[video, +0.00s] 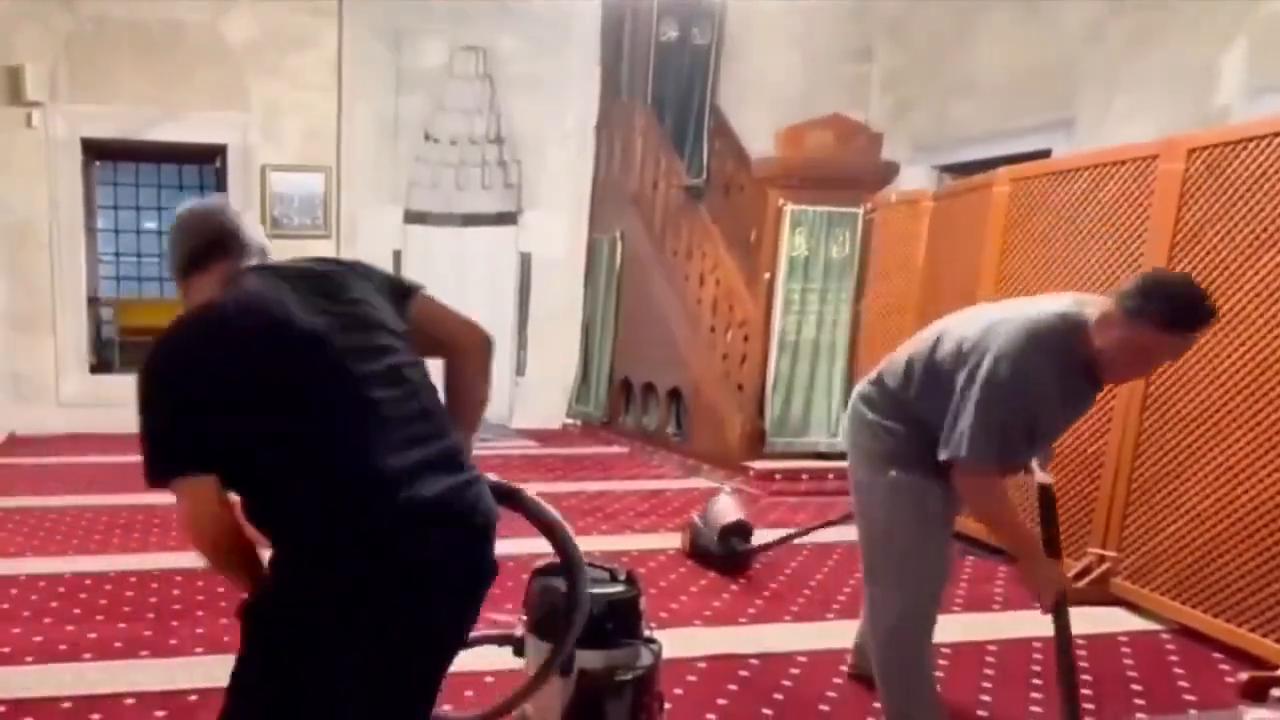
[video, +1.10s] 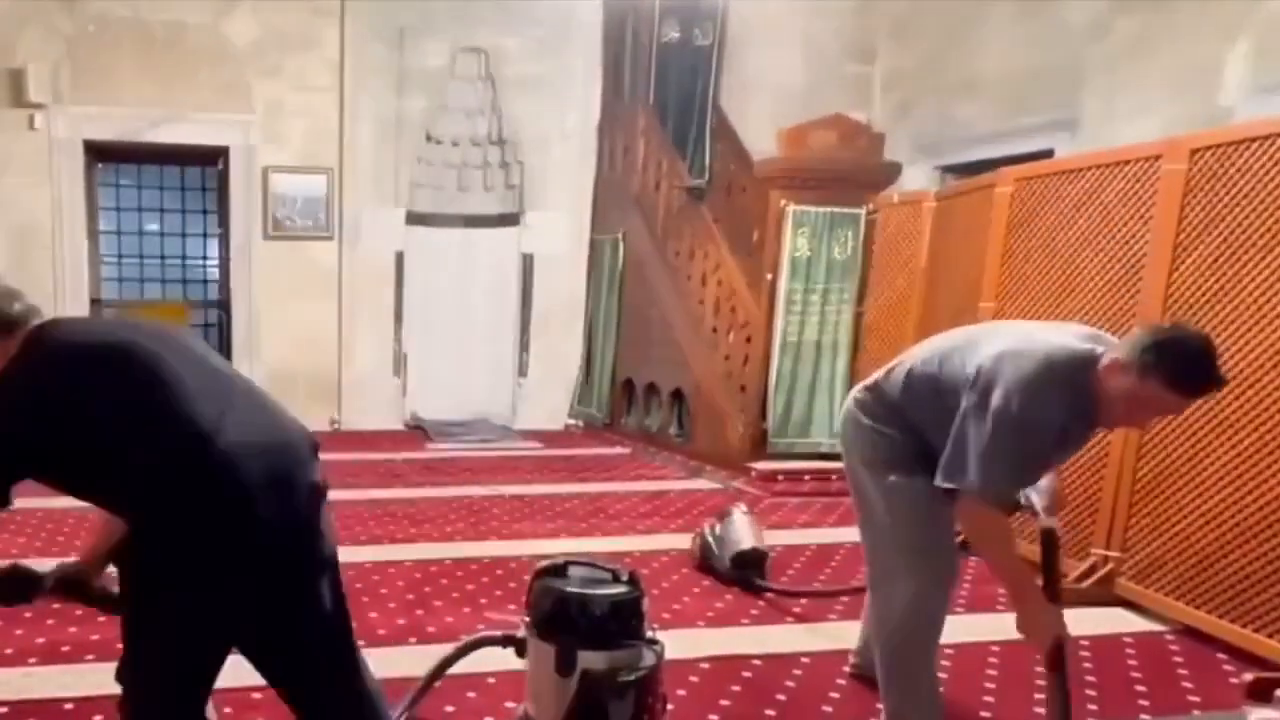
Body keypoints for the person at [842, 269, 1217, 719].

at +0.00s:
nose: (1147, 372)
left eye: (1160, 362)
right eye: (1147, 354)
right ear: (1116, 326)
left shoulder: (1094, 341)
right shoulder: (1020, 349)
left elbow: (1042, 393)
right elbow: (975, 479)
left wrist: (1032, 448)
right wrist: (1034, 563)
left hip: (945, 437)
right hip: (894, 428)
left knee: (921, 564)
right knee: (905, 588)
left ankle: (872, 656)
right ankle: (912, 708)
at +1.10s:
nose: (1146, 423)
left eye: (1161, 415)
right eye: (1149, 406)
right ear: (1121, 369)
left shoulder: (1104, 365)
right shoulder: (1029, 382)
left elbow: (1050, 424)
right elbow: (977, 510)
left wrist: (1042, 473)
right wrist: (1029, 604)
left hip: (943, 432)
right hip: (889, 429)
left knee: (919, 560)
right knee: (918, 579)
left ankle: (874, 656)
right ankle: (911, 706)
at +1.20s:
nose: (1147, 434)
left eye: (1161, 427)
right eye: (1150, 418)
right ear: (1124, 382)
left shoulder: (1102, 382)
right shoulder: (1029, 392)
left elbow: (1053, 456)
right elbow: (995, 529)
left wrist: (1050, 526)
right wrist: (1046, 633)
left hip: (941, 430)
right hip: (888, 428)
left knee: (916, 559)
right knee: (918, 582)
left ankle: (875, 654)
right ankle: (910, 708)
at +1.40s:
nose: (1142, 436)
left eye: (1157, 428)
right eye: (1144, 417)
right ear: (1117, 379)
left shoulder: (1098, 390)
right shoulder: (1028, 390)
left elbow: (1043, 474)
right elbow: (990, 525)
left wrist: (1039, 547)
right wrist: (1037, 637)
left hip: (943, 432)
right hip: (887, 423)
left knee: (926, 562)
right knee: (901, 590)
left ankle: (876, 653)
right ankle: (910, 706)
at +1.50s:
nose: (1148, 417)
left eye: (1162, 407)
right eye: (1149, 398)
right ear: (1116, 363)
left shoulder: (1097, 375)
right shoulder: (1029, 379)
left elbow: (1040, 448)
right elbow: (971, 505)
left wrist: (1038, 514)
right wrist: (1020, 597)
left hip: (943, 429)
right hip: (887, 423)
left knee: (922, 561)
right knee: (900, 586)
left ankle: (875, 653)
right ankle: (910, 707)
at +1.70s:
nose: (1166, 378)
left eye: (1177, 368)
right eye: (1170, 362)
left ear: (1133, 327)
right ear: (1136, 332)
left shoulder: (1094, 348)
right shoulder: (1046, 349)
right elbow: (963, 466)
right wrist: (1015, 543)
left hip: (932, 429)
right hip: (892, 421)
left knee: (920, 563)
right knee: (901, 583)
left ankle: (879, 656)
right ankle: (907, 707)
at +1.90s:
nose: (1182, 354)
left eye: (1191, 342)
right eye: (1183, 337)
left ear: (1142, 309)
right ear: (1148, 313)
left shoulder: (1096, 337)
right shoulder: (1063, 339)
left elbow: (1011, 434)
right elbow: (981, 448)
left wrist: (1017, 503)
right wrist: (1015, 519)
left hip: (925, 428)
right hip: (904, 428)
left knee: (915, 559)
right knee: (931, 576)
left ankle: (877, 653)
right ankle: (909, 704)